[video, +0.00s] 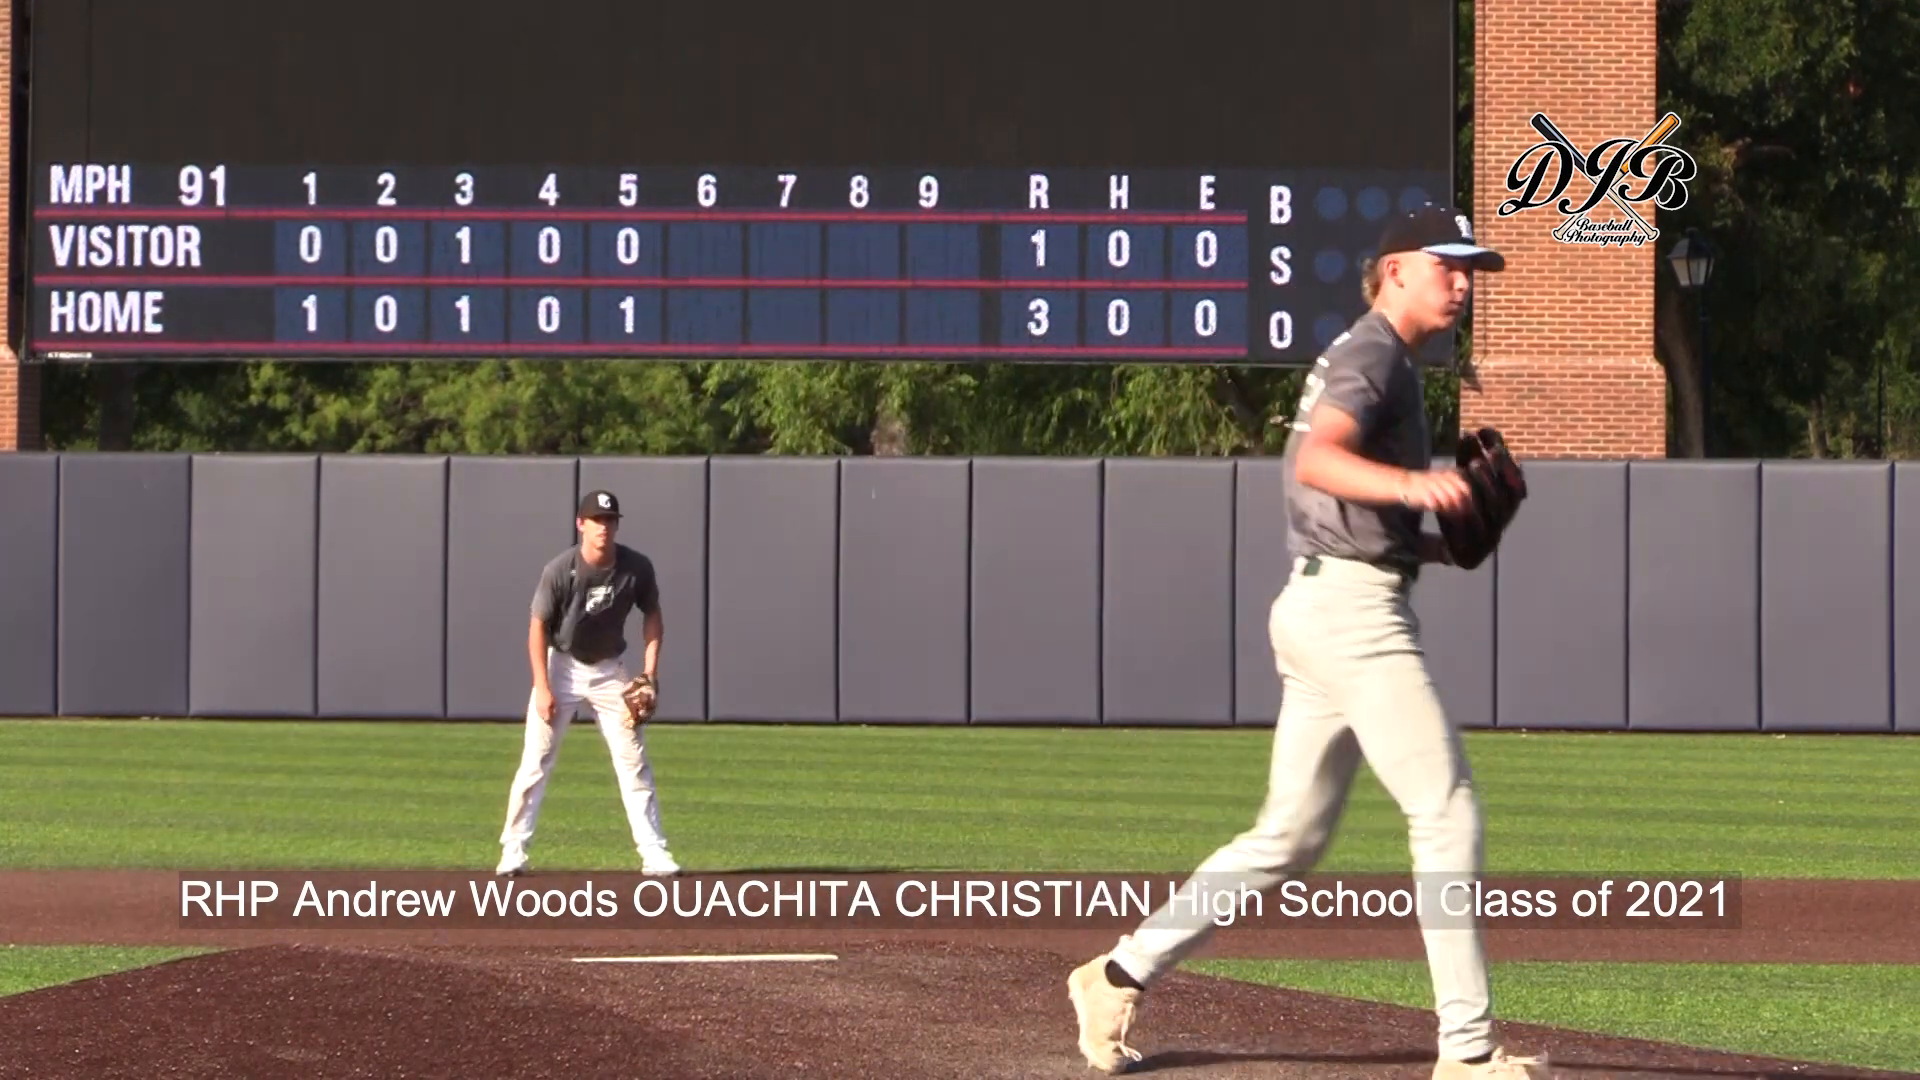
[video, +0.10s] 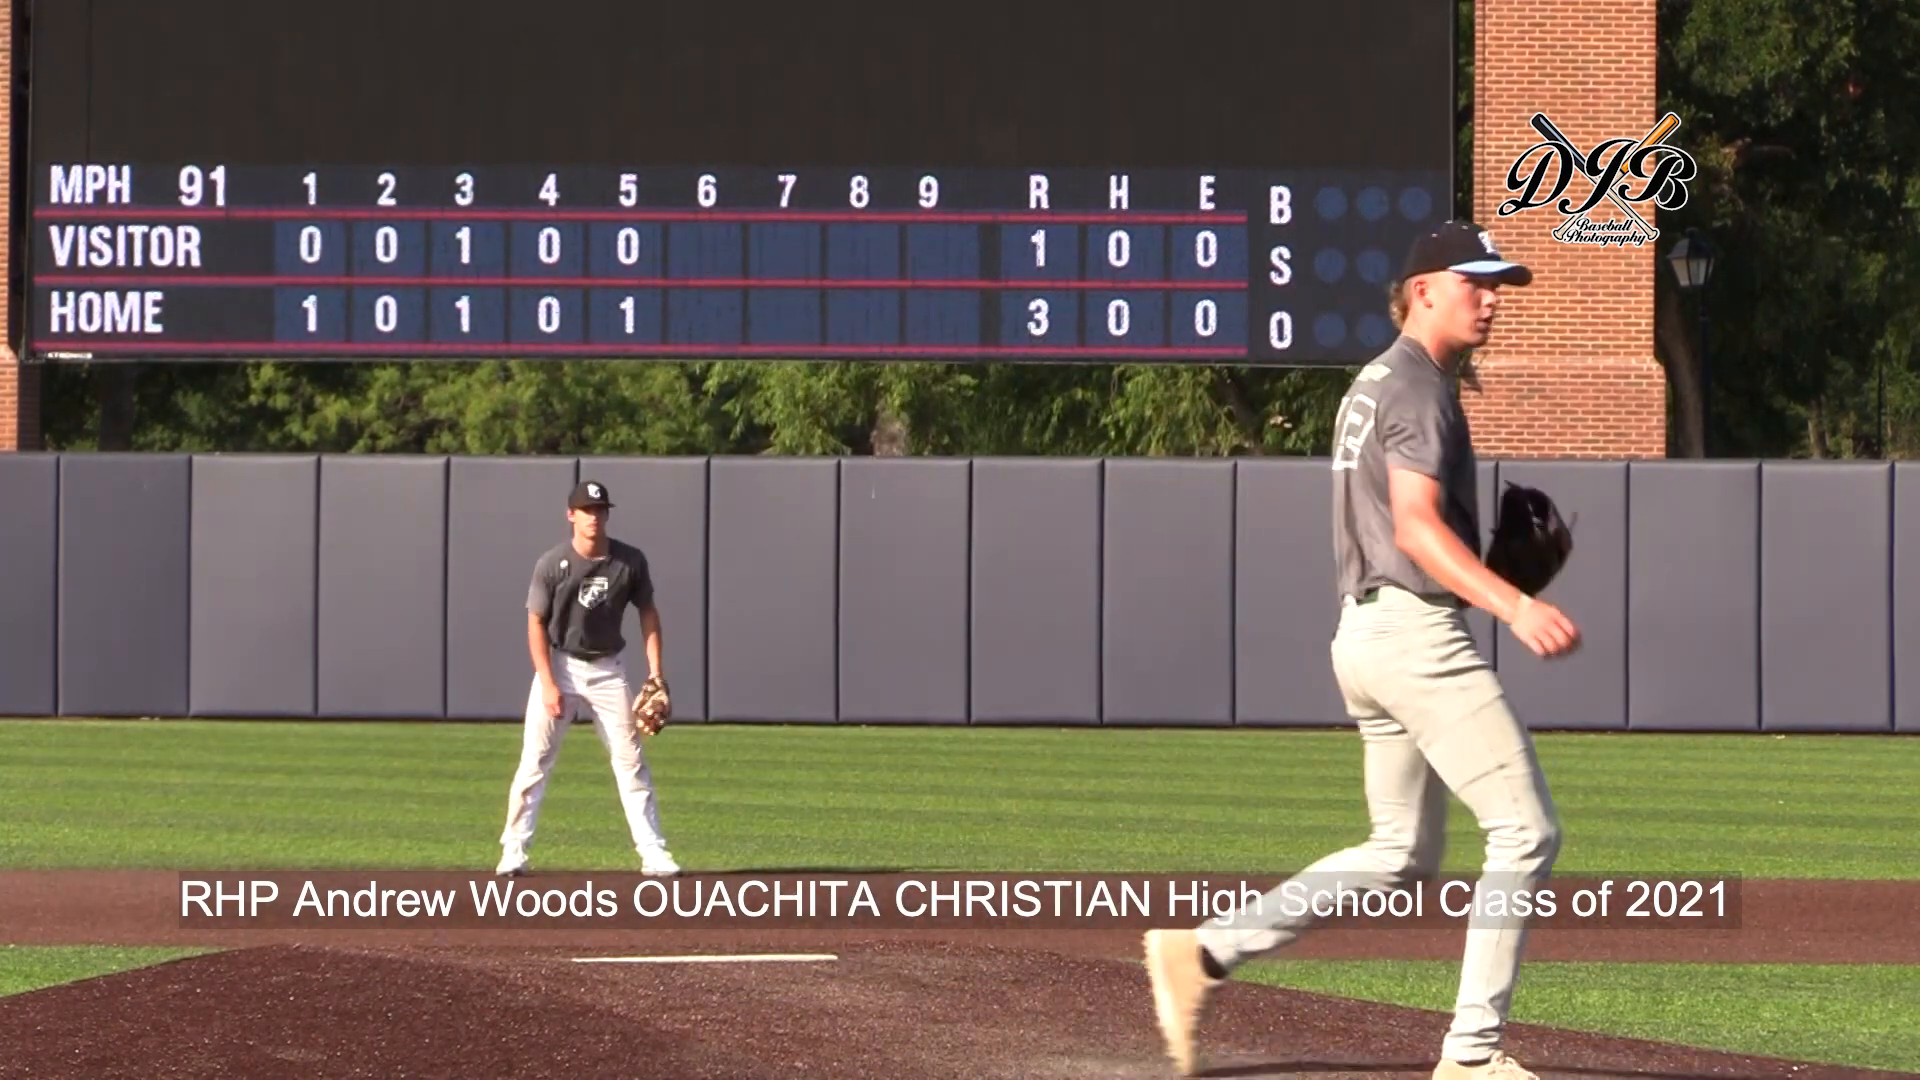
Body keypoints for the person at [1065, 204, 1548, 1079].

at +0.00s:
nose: (1465, 284)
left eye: (1468, 270)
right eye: (1449, 268)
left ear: (1422, 281)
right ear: (1396, 273)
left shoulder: (1388, 364)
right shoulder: (1369, 354)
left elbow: (1385, 511)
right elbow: (1314, 460)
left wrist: (1461, 516)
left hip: (1328, 601)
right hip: (1349, 601)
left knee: (1288, 835)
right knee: (1445, 811)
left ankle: (1117, 975)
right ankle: (1467, 1045)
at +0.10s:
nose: (1492, 303)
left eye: (1494, 288)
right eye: (1475, 285)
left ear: (1432, 301)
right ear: (1420, 294)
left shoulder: (1377, 381)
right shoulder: (1419, 390)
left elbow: (1394, 529)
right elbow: (1416, 530)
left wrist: (1495, 551)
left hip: (1366, 628)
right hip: (1415, 631)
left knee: (1400, 853)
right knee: (1523, 833)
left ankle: (1203, 952)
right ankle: (1473, 1049)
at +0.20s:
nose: (1527, 297)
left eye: (1529, 283)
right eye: (1512, 280)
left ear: (1468, 291)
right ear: (1456, 284)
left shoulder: (1403, 367)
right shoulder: (1454, 387)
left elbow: (1397, 528)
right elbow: (1466, 537)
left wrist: (1510, 571)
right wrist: (1579, 627)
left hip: (1402, 620)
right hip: (1449, 624)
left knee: (1486, 826)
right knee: (1531, 836)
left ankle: (1325, 977)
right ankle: (1472, 1050)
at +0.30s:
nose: (1561, 297)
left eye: (1565, 281)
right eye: (1551, 278)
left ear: (1500, 269)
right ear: (1499, 266)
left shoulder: (1437, 344)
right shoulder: (1475, 372)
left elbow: (1454, 509)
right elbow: (1487, 527)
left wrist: (1551, 574)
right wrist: (1601, 602)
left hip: (1451, 599)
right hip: (1473, 610)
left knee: (1562, 806)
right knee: (1516, 822)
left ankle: (1450, 1005)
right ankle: (1465, 1044)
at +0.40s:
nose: (1583, 323)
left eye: (1592, 309)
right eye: (1580, 304)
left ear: (1545, 277)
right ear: (1541, 275)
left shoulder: (1477, 343)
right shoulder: (1487, 370)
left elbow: (1502, 515)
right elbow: (1496, 527)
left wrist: (1566, 615)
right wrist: (1616, 595)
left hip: (1519, 603)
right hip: (1491, 606)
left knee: (1590, 806)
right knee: (1502, 825)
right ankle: (1465, 1050)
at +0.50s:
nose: (1613, 350)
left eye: (1622, 337)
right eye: (1613, 333)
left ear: (1580, 298)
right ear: (1573, 295)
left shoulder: (1538, 368)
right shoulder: (1503, 375)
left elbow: (1539, 521)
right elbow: (1497, 536)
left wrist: (1600, 623)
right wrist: (1619, 605)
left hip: (1551, 612)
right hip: (1504, 610)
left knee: (1615, 827)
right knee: (1501, 832)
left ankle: (1684, 1030)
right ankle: (1463, 1051)